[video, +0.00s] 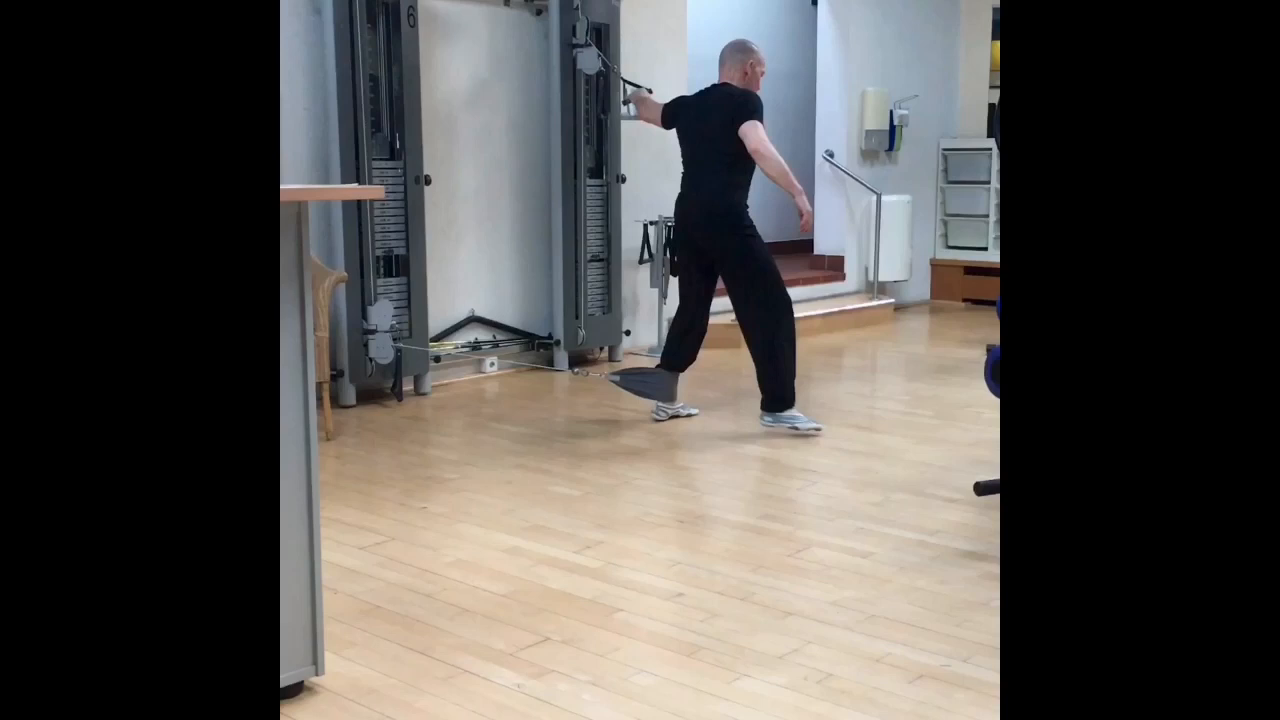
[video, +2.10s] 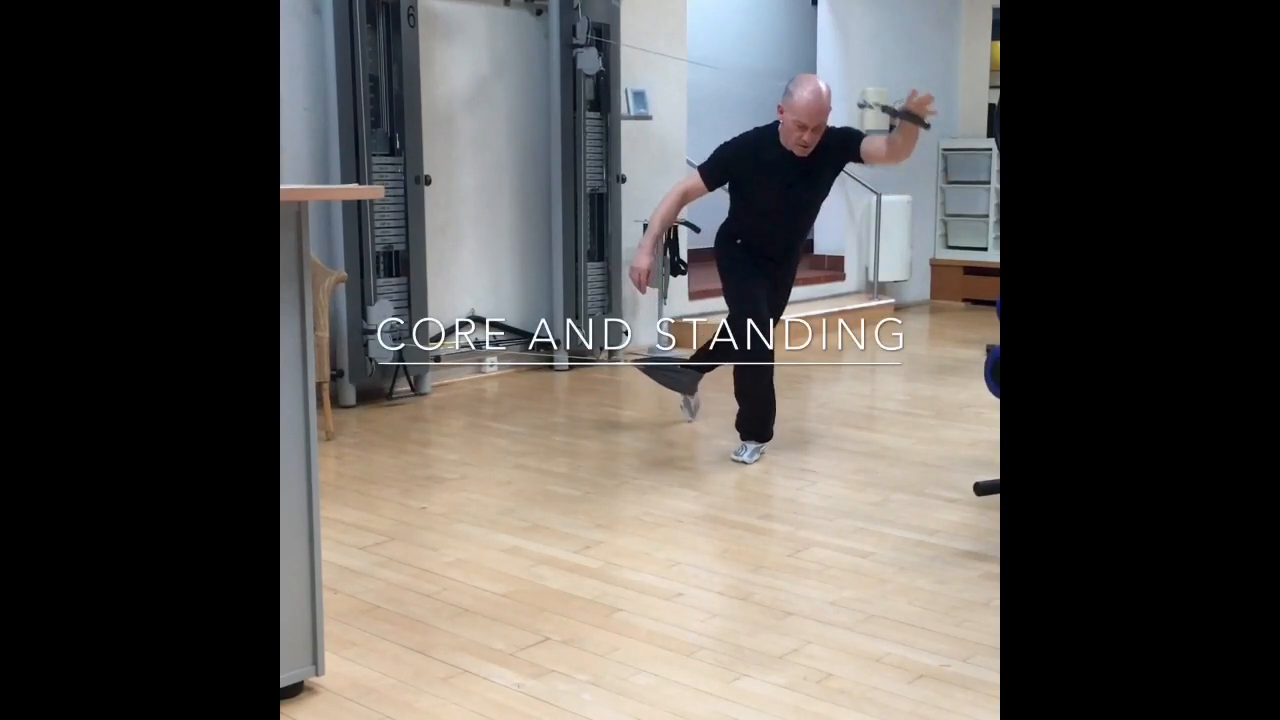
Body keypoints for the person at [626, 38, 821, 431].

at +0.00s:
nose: (763, 80)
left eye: (763, 73)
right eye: (761, 73)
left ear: (723, 69)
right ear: (748, 69)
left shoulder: (688, 105)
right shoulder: (745, 100)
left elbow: (650, 112)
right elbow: (758, 147)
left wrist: (639, 96)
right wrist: (797, 193)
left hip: (689, 223)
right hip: (728, 222)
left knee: (691, 307)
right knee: (772, 305)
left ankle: (663, 397)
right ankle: (778, 407)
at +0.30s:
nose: (787, 93)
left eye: (788, 85)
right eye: (784, 84)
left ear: (752, 79)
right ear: (767, 79)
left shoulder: (715, 111)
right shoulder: (760, 110)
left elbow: (679, 128)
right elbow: (770, 153)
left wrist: (696, 115)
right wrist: (813, 201)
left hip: (699, 225)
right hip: (733, 228)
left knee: (707, 310)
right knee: (769, 320)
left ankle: (667, 392)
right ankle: (773, 423)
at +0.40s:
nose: (796, 97)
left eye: (798, 89)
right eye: (794, 88)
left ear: (760, 84)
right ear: (771, 82)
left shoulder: (727, 113)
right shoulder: (762, 114)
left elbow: (691, 140)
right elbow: (764, 155)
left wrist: (726, 136)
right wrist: (805, 205)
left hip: (703, 228)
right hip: (733, 231)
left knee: (715, 310)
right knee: (773, 320)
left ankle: (668, 388)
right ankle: (772, 428)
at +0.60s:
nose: (806, 101)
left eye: (808, 93)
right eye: (802, 92)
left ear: (777, 86)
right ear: (779, 86)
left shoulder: (751, 119)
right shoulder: (754, 120)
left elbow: (741, 165)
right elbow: (733, 163)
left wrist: (779, 161)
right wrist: (755, 212)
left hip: (710, 235)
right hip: (726, 237)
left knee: (717, 322)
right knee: (770, 325)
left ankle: (660, 393)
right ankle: (771, 433)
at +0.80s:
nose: (808, 107)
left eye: (811, 99)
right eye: (803, 98)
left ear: (786, 93)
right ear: (777, 90)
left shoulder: (768, 135)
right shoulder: (743, 123)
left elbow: (786, 167)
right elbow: (695, 165)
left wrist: (840, 167)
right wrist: (691, 219)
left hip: (733, 248)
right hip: (713, 244)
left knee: (714, 329)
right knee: (749, 318)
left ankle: (660, 392)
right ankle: (764, 430)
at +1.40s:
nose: (809, 131)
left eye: (815, 123)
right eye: (803, 121)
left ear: (817, 120)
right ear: (778, 111)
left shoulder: (803, 158)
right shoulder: (738, 144)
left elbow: (856, 188)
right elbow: (672, 186)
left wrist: (912, 187)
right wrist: (656, 242)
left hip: (743, 262)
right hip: (707, 255)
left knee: (713, 336)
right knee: (733, 336)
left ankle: (655, 392)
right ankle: (755, 433)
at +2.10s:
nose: (807, 138)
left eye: (816, 129)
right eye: (800, 127)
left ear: (827, 119)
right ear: (781, 112)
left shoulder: (836, 145)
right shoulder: (747, 148)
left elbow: (894, 151)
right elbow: (682, 194)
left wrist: (912, 121)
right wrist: (647, 251)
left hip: (785, 257)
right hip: (739, 250)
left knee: (754, 329)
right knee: (754, 330)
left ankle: (689, 371)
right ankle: (754, 435)